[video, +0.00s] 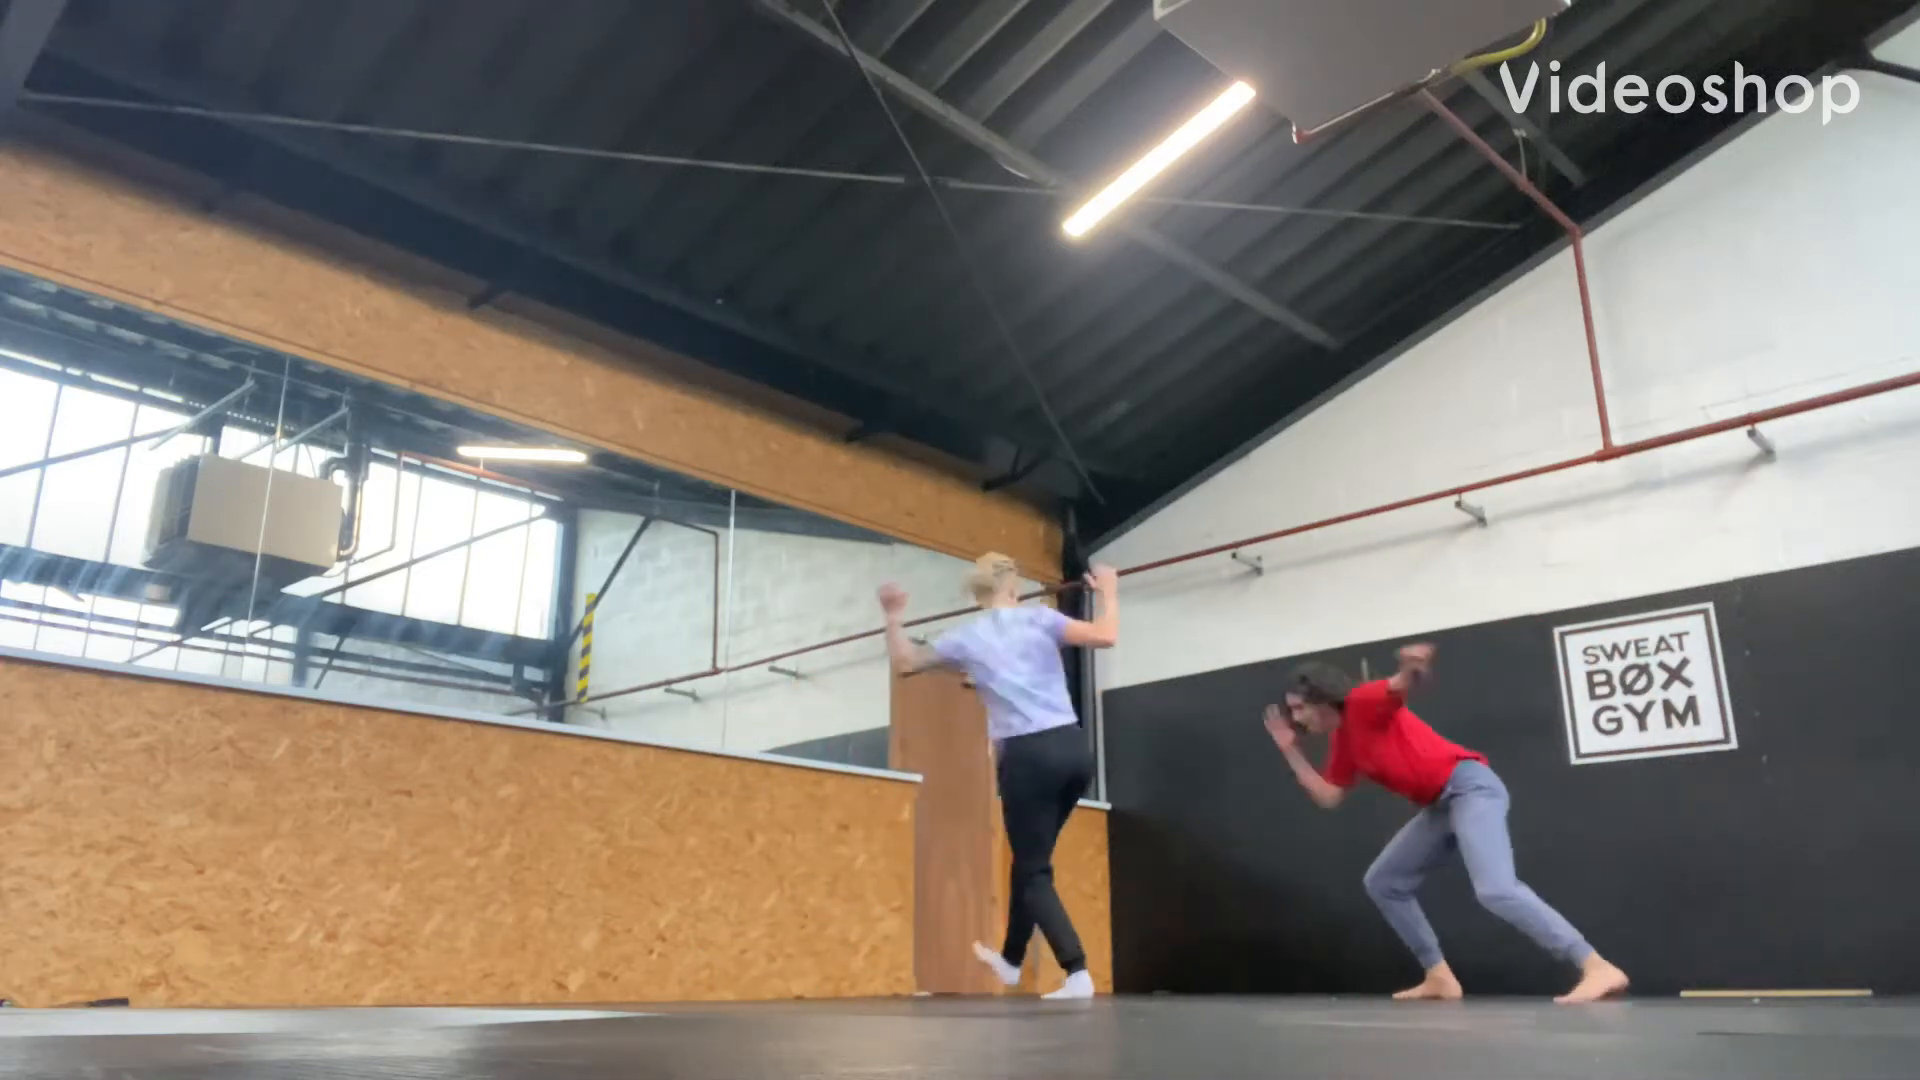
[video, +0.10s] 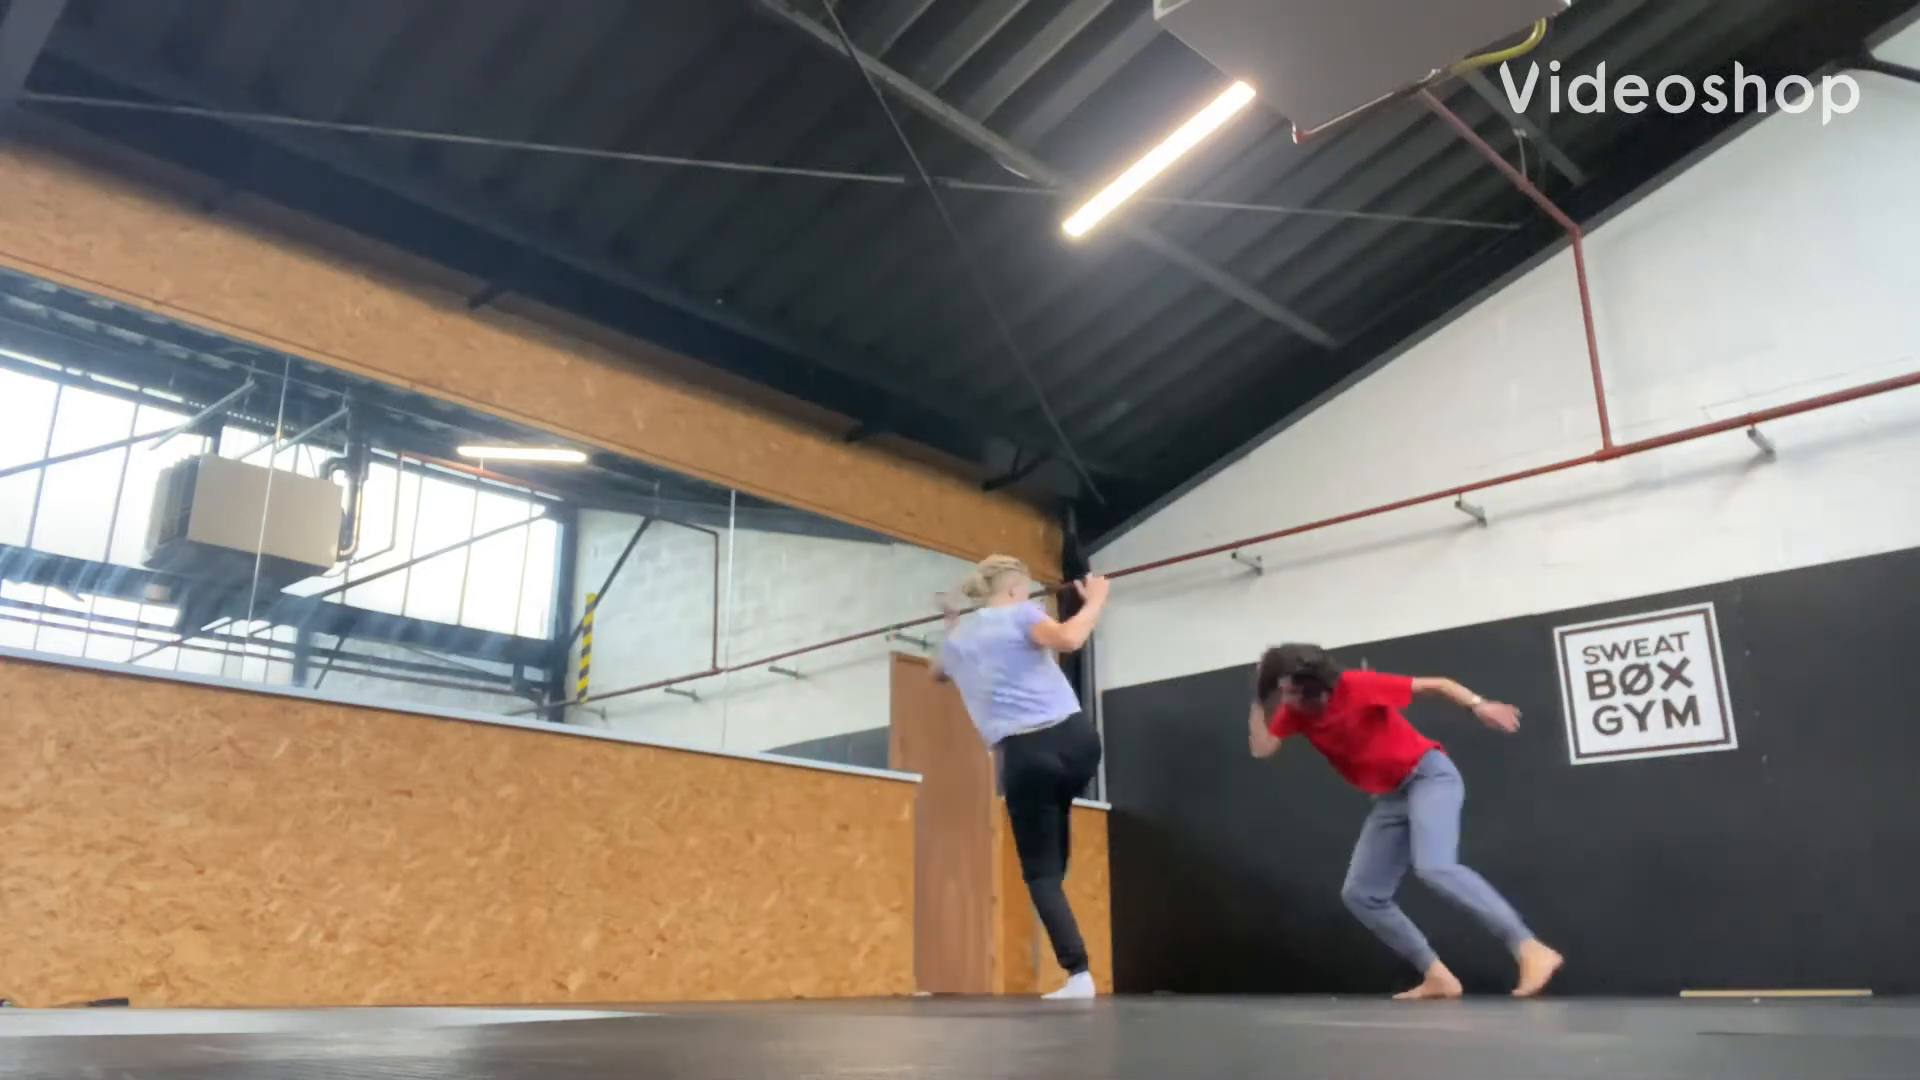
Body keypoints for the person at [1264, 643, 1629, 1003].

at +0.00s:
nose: (1297, 720)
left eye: (1297, 710)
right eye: (1293, 714)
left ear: (1316, 700)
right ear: (1312, 710)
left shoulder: (1360, 702)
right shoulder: (1343, 745)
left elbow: (1399, 687)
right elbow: (1328, 796)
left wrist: (1412, 668)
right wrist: (1289, 751)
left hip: (1469, 785)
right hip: (1439, 809)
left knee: (1496, 889)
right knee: (1383, 881)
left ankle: (1598, 969)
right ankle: (1439, 978)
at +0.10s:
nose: (1286, 702)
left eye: (1292, 694)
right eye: (1284, 694)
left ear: (1314, 688)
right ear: (1285, 691)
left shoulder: (1357, 687)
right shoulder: (1295, 712)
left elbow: (1436, 685)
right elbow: (1261, 747)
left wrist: (1481, 706)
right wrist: (1258, 697)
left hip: (1430, 775)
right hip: (1391, 799)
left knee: (1434, 865)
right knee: (1362, 894)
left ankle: (1532, 952)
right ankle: (1438, 977)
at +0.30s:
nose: (1326, 735)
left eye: (1336, 729)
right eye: (1323, 727)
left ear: (1352, 712)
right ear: (1309, 708)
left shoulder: (1361, 707)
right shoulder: (1283, 699)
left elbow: (1405, 715)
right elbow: (1249, 756)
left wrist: (1441, 761)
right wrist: (1292, 712)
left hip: (1345, 787)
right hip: (1290, 787)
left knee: (1328, 870)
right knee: (1263, 878)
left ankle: (1315, 962)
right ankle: (1316, 933)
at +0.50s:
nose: (1322, 836)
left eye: (1328, 829)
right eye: (1319, 828)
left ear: (1332, 813)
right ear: (1303, 809)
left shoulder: (1330, 786)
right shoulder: (1267, 796)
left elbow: (1326, 760)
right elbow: (1251, 856)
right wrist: (1317, 844)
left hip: (1272, 824)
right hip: (1225, 811)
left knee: (1314, 875)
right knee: (1161, 880)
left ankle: (1307, 975)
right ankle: (1098, 940)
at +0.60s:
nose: (1291, 858)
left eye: (1298, 856)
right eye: (1288, 852)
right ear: (1272, 838)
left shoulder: (1297, 806)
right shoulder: (1238, 817)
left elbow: (1282, 776)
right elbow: (1226, 879)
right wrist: (1292, 876)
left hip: (1239, 830)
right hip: (1189, 821)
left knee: (1293, 879)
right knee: (1118, 896)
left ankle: (1303, 974)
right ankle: (1050, 966)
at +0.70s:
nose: (1228, 846)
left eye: (1234, 842)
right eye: (1226, 839)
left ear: (1246, 833)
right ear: (1217, 823)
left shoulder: (1247, 801)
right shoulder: (1188, 814)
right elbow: (1174, 869)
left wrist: (1251, 849)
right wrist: (1239, 866)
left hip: (1204, 847)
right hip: (1150, 838)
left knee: (1259, 891)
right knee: (1086, 903)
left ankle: (1299, 975)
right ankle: (1047, 977)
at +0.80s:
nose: (1155, 824)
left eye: (1163, 818)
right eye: (1151, 814)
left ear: (1182, 814)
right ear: (1140, 800)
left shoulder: (1182, 815)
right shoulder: (1122, 793)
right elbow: (1094, 836)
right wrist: (1155, 834)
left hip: (1178, 846)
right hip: (1121, 845)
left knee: (1222, 896)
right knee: (1063, 893)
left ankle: (1291, 972)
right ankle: (1033, 973)